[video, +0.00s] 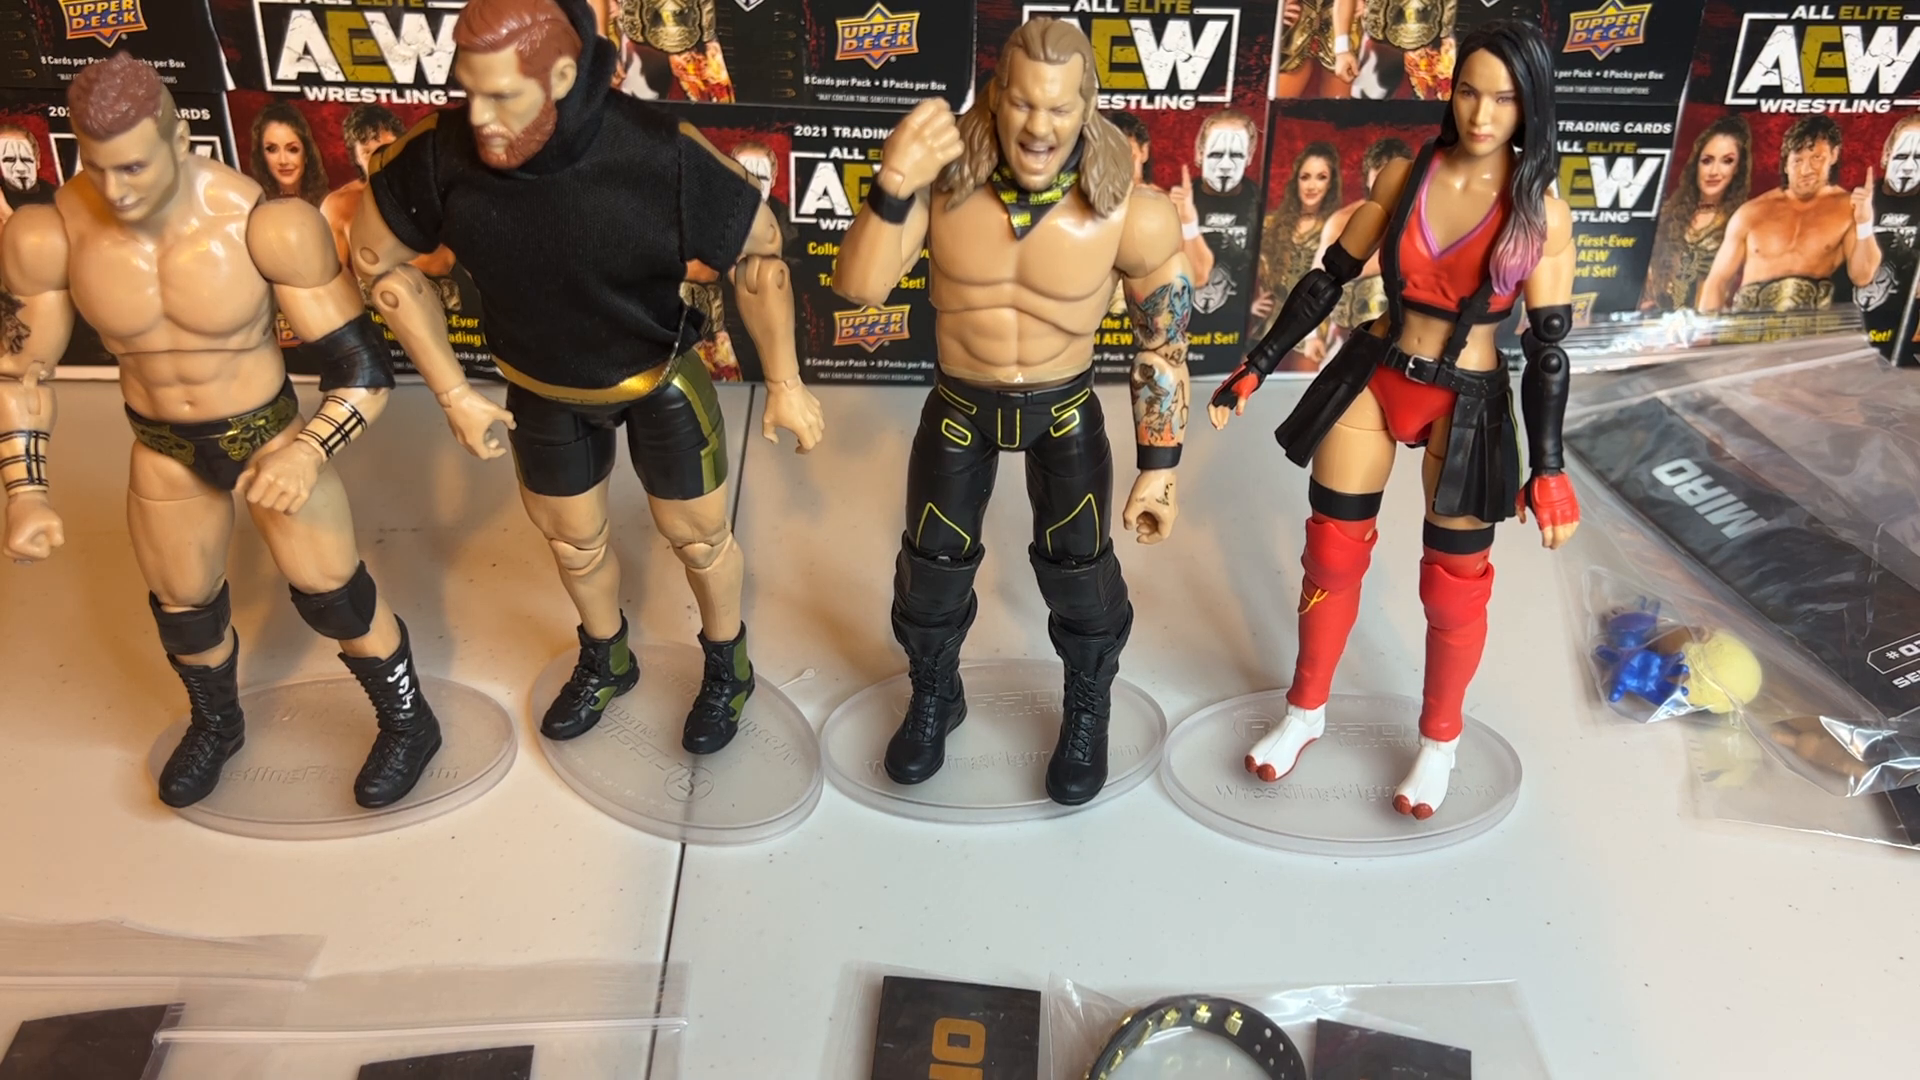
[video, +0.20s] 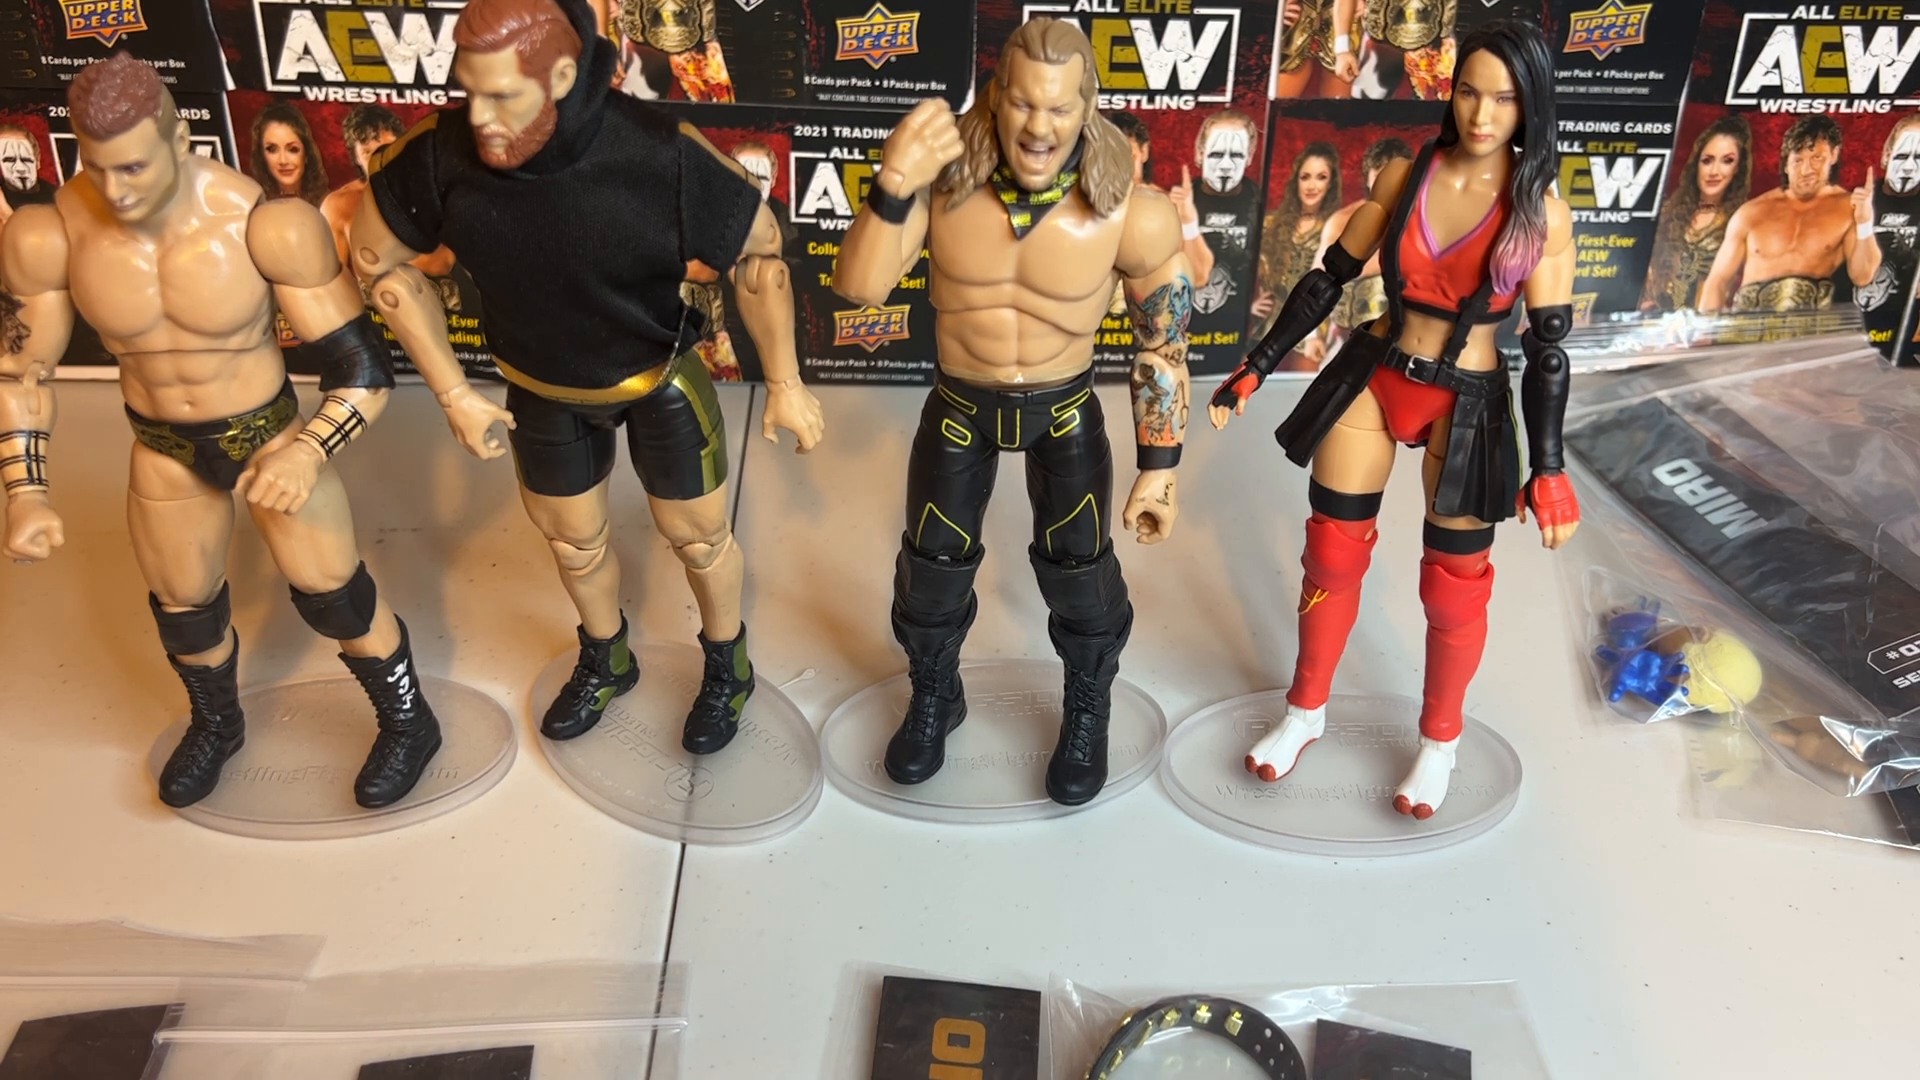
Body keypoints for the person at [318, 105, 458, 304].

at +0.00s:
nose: (380, 160)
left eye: (387, 150)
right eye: (369, 153)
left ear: (402, 147)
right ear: (356, 157)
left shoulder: (431, 190)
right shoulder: (339, 205)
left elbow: (443, 262)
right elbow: (337, 276)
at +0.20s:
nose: (380, 160)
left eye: (387, 149)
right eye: (369, 153)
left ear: (403, 147)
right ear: (356, 157)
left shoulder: (432, 191)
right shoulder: (338, 205)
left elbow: (442, 263)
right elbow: (337, 276)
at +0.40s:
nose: (379, 160)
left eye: (387, 150)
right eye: (369, 153)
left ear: (402, 147)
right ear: (356, 156)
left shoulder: (431, 191)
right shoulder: (338, 205)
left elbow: (443, 262)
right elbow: (337, 276)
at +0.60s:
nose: (380, 160)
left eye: (387, 150)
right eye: (369, 153)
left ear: (403, 147)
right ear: (356, 157)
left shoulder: (431, 191)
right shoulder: (338, 205)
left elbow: (443, 263)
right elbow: (337, 276)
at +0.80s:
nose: (380, 160)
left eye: (387, 150)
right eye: (369, 153)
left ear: (402, 147)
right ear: (356, 157)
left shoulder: (431, 191)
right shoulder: (339, 204)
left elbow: (442, 263)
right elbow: (336, 276)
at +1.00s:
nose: (380, 159)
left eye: (387, 149)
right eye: (369, 153)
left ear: (403, 147)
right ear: (356, 157)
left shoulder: (431, 191)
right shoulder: (338, 205)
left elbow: (443, 263)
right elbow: (337, 276)